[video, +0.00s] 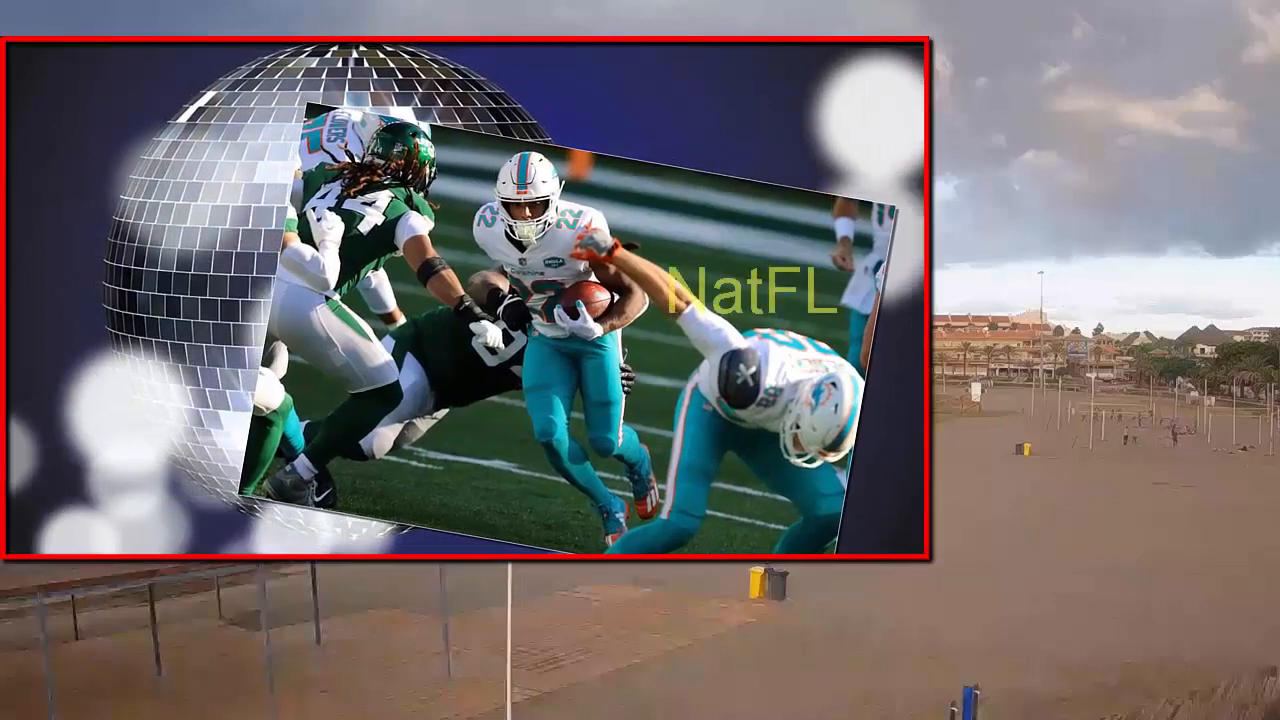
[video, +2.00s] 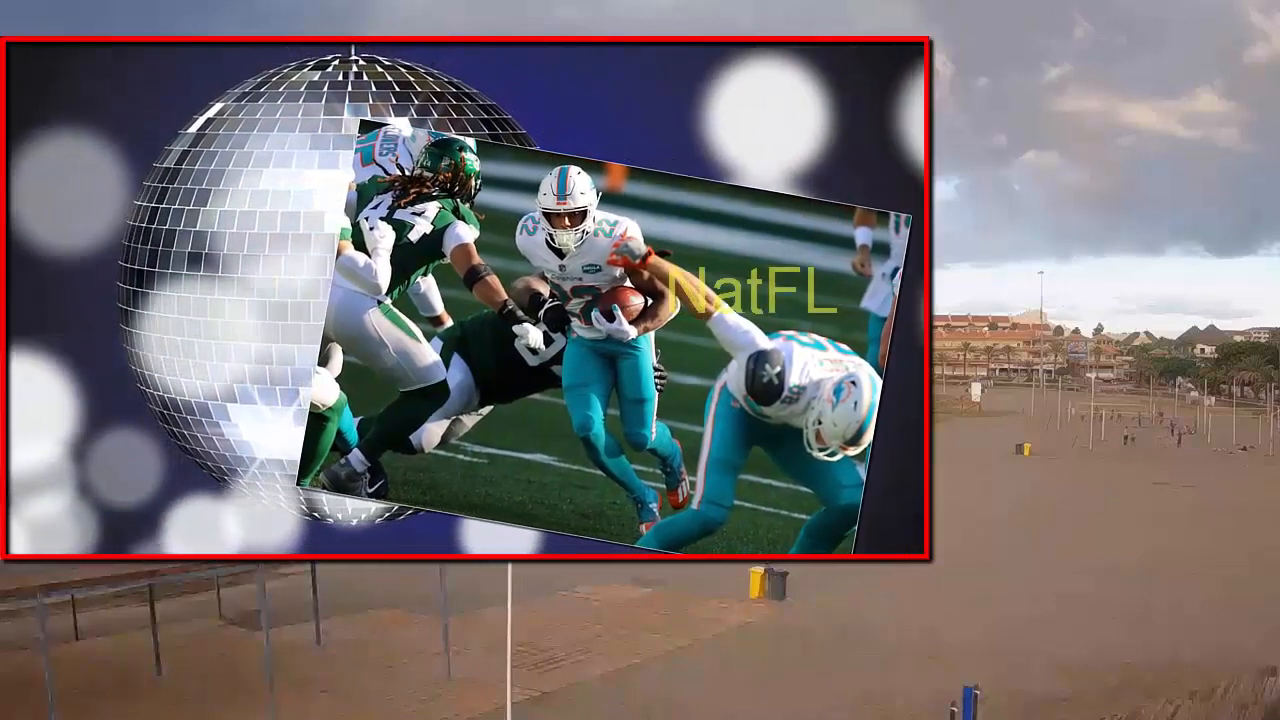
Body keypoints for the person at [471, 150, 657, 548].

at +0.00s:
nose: (524, 215)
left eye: (534, 205)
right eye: (514, 206)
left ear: (552, 199)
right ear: (502, 201)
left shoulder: (585, 228)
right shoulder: (487, 226)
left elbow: (638, 294)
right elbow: (515, 271)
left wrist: (602, 327)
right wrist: (515, 302)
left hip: (597, 340)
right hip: (544, 339)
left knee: (604, 441)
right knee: (549, 435)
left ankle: (640, 469)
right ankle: (610, 508)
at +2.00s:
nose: (564, 224)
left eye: (572, 215)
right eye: (555, 216)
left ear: (590, 209)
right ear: (543, 211)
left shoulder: (621, 237)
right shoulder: (529, 234)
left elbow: (668, 299)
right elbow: (555, 276)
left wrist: (636, 330)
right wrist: (559, 306)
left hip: (632, 341)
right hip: (583, 340)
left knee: (639, 436)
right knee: (587, 430)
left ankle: (673, 462)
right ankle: (645, 499)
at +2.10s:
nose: (565, 225)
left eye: (574, 216)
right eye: (557, 217)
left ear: (591, 209)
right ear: (545, 212)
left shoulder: (623, 237)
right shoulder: (531, 236)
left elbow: (670, 299)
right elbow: (559, 278)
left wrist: (638, 330)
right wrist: (567, 305)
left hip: (634, 341)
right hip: (585, 340)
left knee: (641, 436)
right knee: (589, 429)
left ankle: (675, 463)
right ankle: (646, 499)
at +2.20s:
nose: (568, 224)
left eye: (577, 216)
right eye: (559, 217)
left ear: (593, 210)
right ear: (547, 212)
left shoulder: (624, 237)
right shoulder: (533, 236)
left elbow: (671, 300)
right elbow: (561, 278)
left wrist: (639, 330)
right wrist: (567, 306)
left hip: (636, 342)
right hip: (587, 341)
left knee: (643, 435)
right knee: (591, 429)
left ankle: (676, 463)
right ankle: (648, 499)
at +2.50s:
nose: (574, 226)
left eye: (582, 218)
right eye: (565, 218)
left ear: (599, 211)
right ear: (553, 214)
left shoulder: (630, 238)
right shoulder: (539, 237)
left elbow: (678, 300)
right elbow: (566, 278)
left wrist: (644, 331)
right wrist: (573, 306)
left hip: (641, 342)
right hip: (592, 341)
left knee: (648, 435)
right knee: (597, 428)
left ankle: (681, 462)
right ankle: (653, 497)